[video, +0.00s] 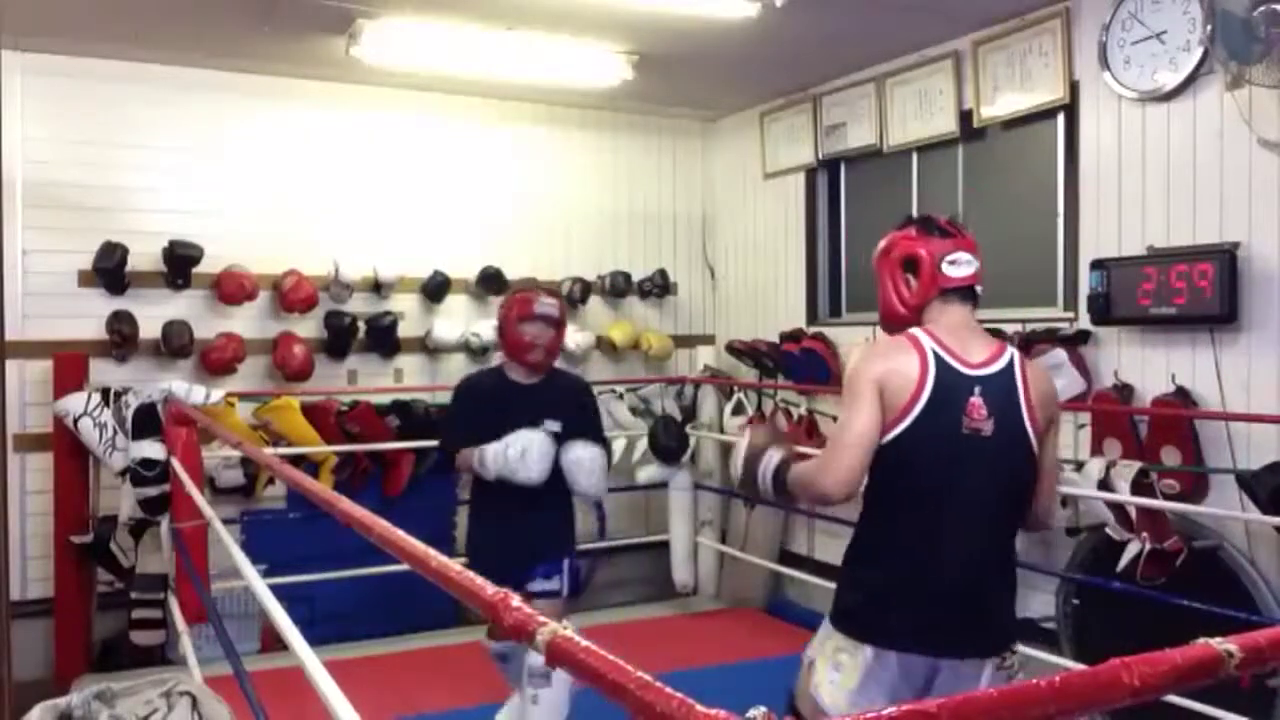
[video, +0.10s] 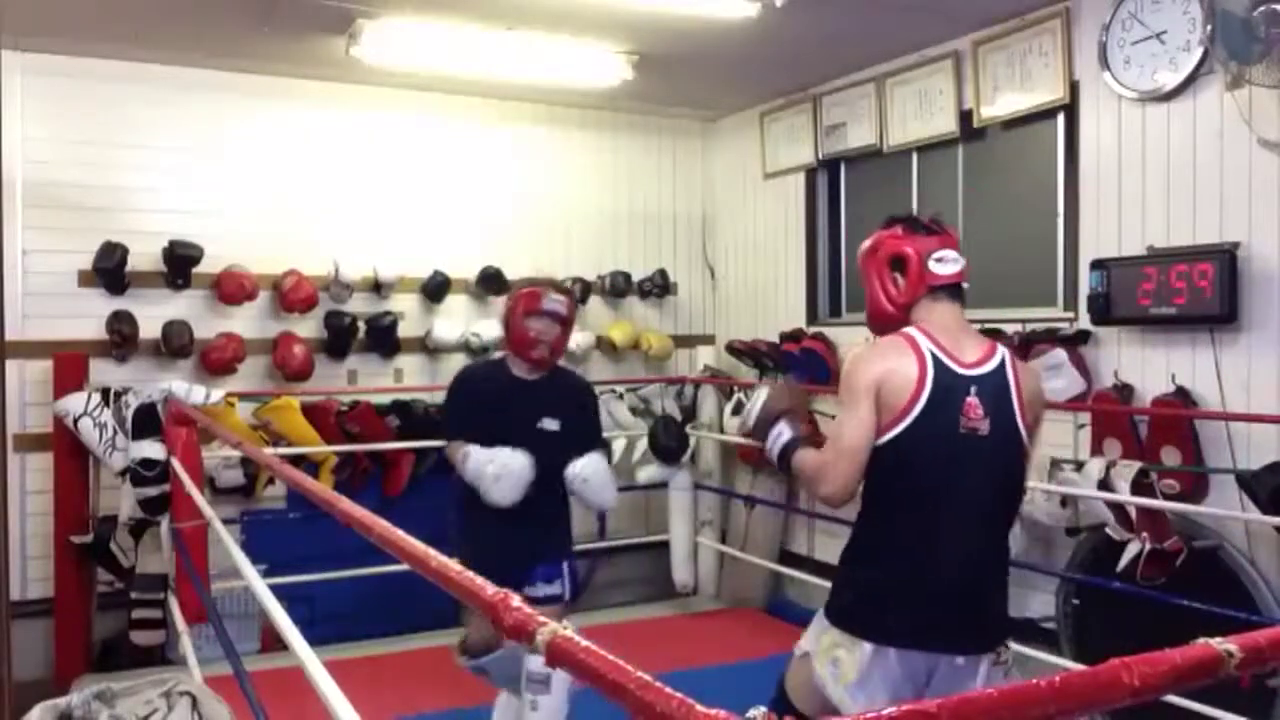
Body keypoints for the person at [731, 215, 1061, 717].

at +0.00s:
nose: (884, 298)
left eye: (887, 281)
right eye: (885, 283)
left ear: (911, 277)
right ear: (971, 280)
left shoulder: (884, 358)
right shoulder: (1034, 379)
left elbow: (834, 482)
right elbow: (1041, 513)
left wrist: (767, 460)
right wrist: (970, 487)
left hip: (883, 625)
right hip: (981, 631)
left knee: (815, 708)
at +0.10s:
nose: (871, 299)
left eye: (875, 282)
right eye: (871, 284)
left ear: (898, 276)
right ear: (956, 276)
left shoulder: (878, 360)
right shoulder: (1023, 377)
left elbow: (834, 484)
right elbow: (1005, 494)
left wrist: (785, 436)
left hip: (877, 626)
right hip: (975, 631)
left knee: (791, 708)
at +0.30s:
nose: (822, 304)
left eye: (824, 288)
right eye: (821, 289)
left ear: (851, 283)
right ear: (903, 279)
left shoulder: (832, 370)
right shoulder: (969, 369)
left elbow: (791, 485)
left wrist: (765, 441)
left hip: (850, 630)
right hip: (944, 626)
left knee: (800, 707)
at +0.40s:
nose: (793, 304)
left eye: (795, 290)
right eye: (792, 291)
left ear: (818, 285)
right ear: (870, 281)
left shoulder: (797, 367)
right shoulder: (940, 368)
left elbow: (738, 468)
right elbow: (920, 457)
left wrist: (726, 400)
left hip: (827, 613)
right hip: (917, 609)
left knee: (786, 703)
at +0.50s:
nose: (762, 305)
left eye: (764, 291)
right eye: (761, 292)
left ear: (784, 285)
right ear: (837, 280)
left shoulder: (765, 362)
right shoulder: (911, 362)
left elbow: (693, 435)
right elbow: (919, 461)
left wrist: (681, 372)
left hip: (802, 600)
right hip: (895, 595)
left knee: (776, 710)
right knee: (902, 715)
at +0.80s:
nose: (761, 312)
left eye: (764, 299)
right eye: (761, 300)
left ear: (784, 295)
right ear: (836, 294)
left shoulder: (757, 375)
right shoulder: (903, 374)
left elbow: (696, 466)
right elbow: (923, 487)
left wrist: (686, 422)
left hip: (791, 604)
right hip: (881, 604)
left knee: (747, 711)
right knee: (892, 716)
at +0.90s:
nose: (780, 322)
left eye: (783, 307)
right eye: (780, 307)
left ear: (809, 306)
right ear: (855, 304)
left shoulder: (781, 388)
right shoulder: (918, 388)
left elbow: (725, 493)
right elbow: (939, 498)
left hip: (799, 624)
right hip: (889, 625)